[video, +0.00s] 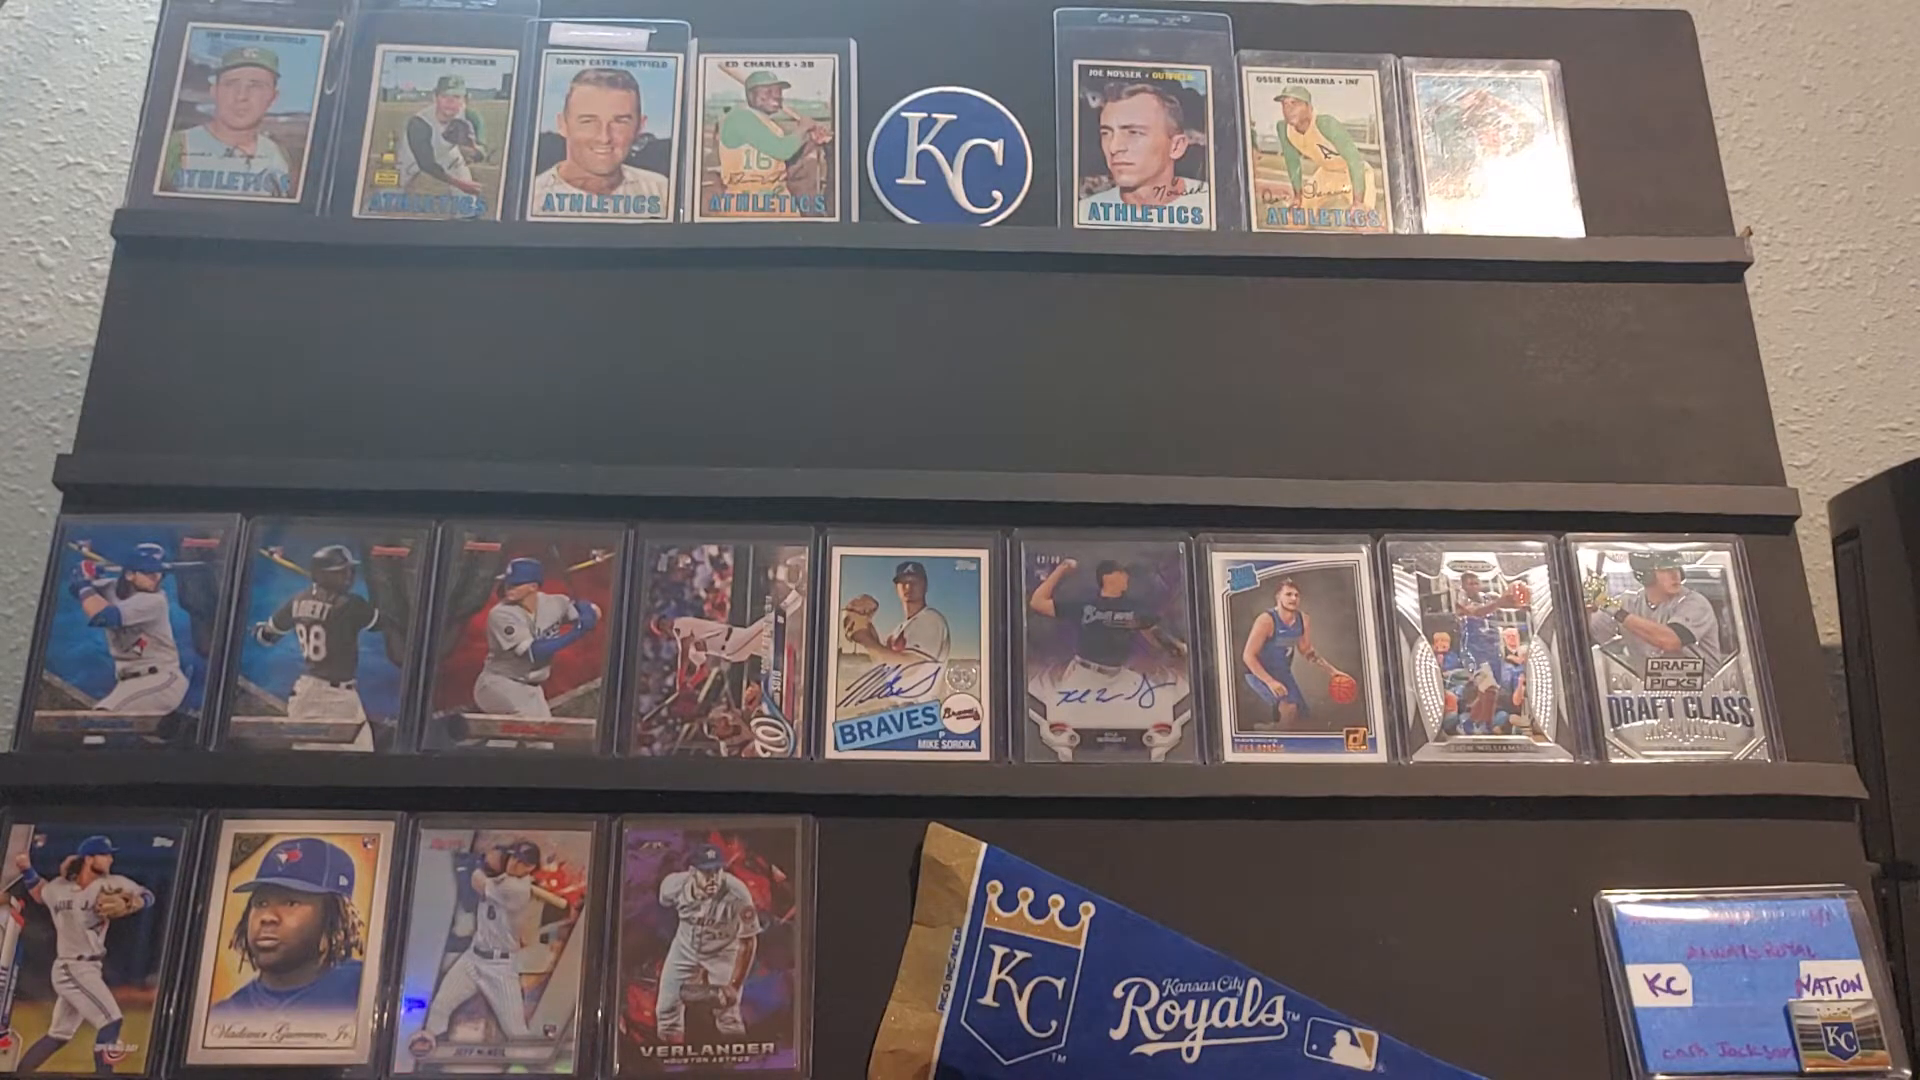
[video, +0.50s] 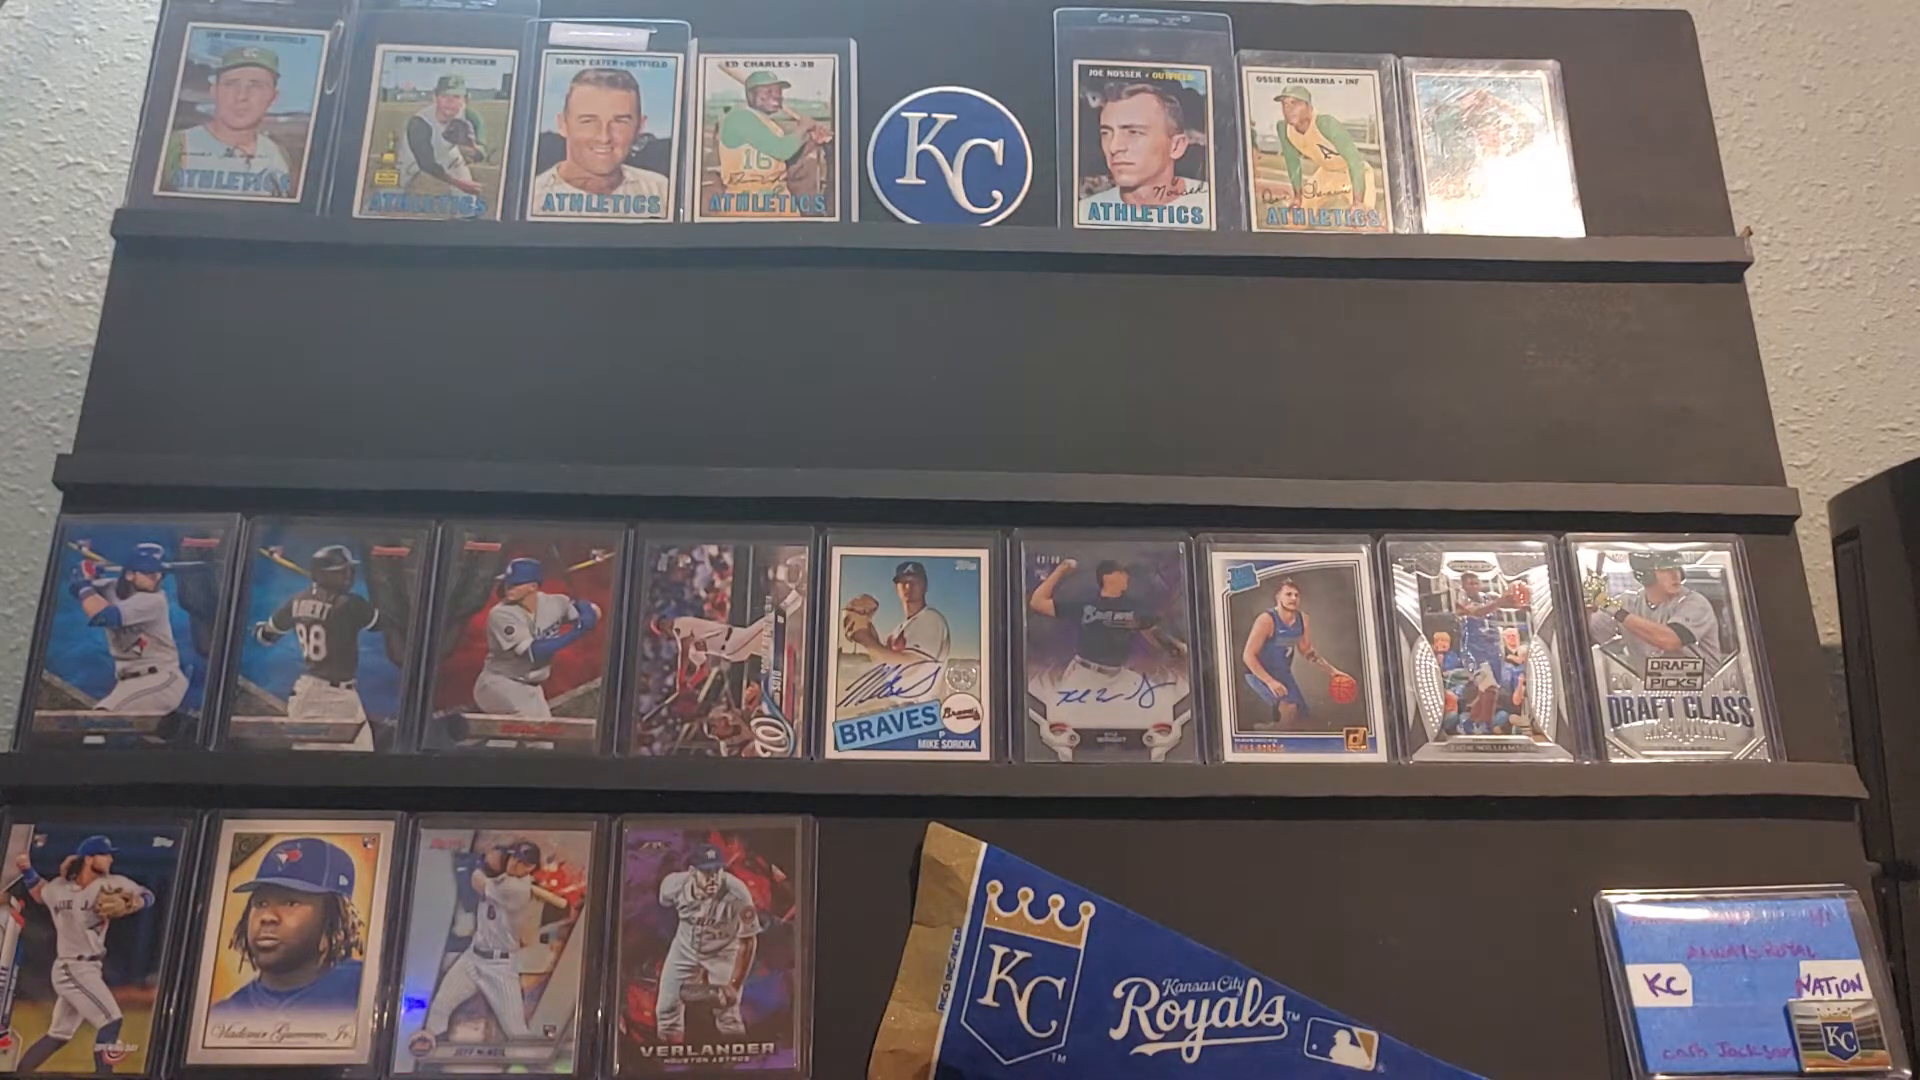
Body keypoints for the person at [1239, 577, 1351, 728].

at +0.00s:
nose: (1293, 599)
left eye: (1296, 595)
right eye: (1288, 595)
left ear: (1300, 598)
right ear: (1278, 598)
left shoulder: (1302, 619)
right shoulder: (1266, 620)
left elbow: (1307, 650)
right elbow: (1248, 656)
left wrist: (1332, 671)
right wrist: (1270, 682)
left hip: (1283, 672)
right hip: (1260, 672)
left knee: (1300, 713)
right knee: (1289, 707)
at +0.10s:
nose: (1293, 599)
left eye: (1296, 595)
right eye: (1288, 594)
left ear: (1300, 598)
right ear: (1278, 598)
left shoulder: (1302, 619)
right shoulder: (1266, 620)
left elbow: (1307, 650)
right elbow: (1248, 656)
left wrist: (1332, 671)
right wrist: (1270, 681)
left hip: (1283, 673)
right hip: (1260, 672)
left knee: (1301, 713)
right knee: (1289, 706)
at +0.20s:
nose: (1293, 599)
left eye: (1296, 595)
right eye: (1288, 594)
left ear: (1300, 598)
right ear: (1278, 598)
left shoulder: (1302, 619)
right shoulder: (1266, 620)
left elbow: (1307, 650)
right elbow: (1248, 656)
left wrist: (1332, 671)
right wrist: (1270, 681)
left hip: (1283, 672)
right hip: (1260, 672)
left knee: (1301, 713)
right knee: (1289, 706)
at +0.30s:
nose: (1293, 599)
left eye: (1296, 595)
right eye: (1288, 594)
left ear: (1300, 598)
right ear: (1278, 598)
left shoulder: (1302, 619)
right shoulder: (1266, 620)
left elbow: (1307, 650)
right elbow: (1248, 656)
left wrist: (1332, 671)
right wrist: (1270, 681)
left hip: (1283, 672)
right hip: (1260, 672)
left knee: (1301, 713)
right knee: (1289, 706)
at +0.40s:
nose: (1293, 599)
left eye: (1296, 595)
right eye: (1288, 594)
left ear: (1300, 598)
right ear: (1278, 598)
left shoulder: (1302, 619)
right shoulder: (1266, 620)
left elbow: (1307, 651)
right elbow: (1248, 656)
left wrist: (1332, 671)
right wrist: (1270, 681)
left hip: (1283, 672)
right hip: (1260, 672)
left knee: (1301, 713)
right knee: (1289, 706)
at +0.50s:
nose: (1293, 599)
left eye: (1296, 595)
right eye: (1288, 594)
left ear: (1300, 598)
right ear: (1278, 598)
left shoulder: (1302, 619)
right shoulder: (1266, 620)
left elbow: (1307, 651)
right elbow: (1248, 656)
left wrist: (1332, 671)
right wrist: (1270, 681)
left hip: (1283, 672)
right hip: (1260, 672)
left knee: (1301, 713)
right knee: (1289, 706)